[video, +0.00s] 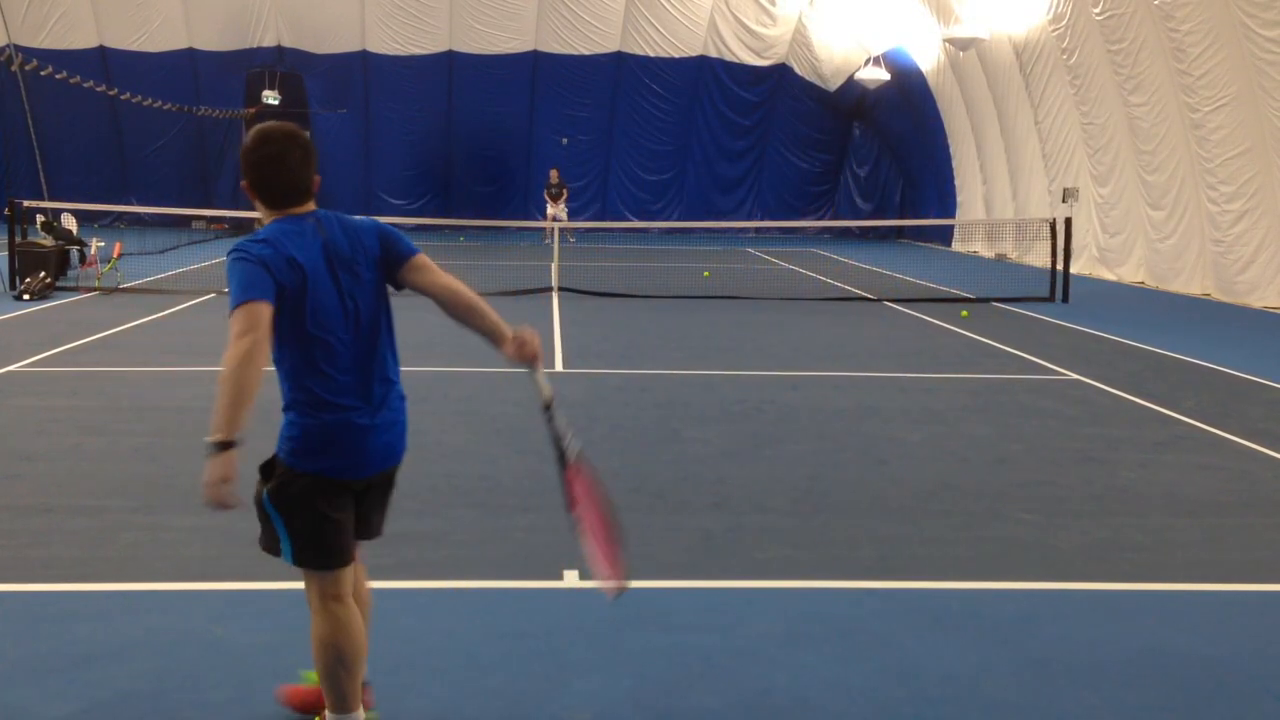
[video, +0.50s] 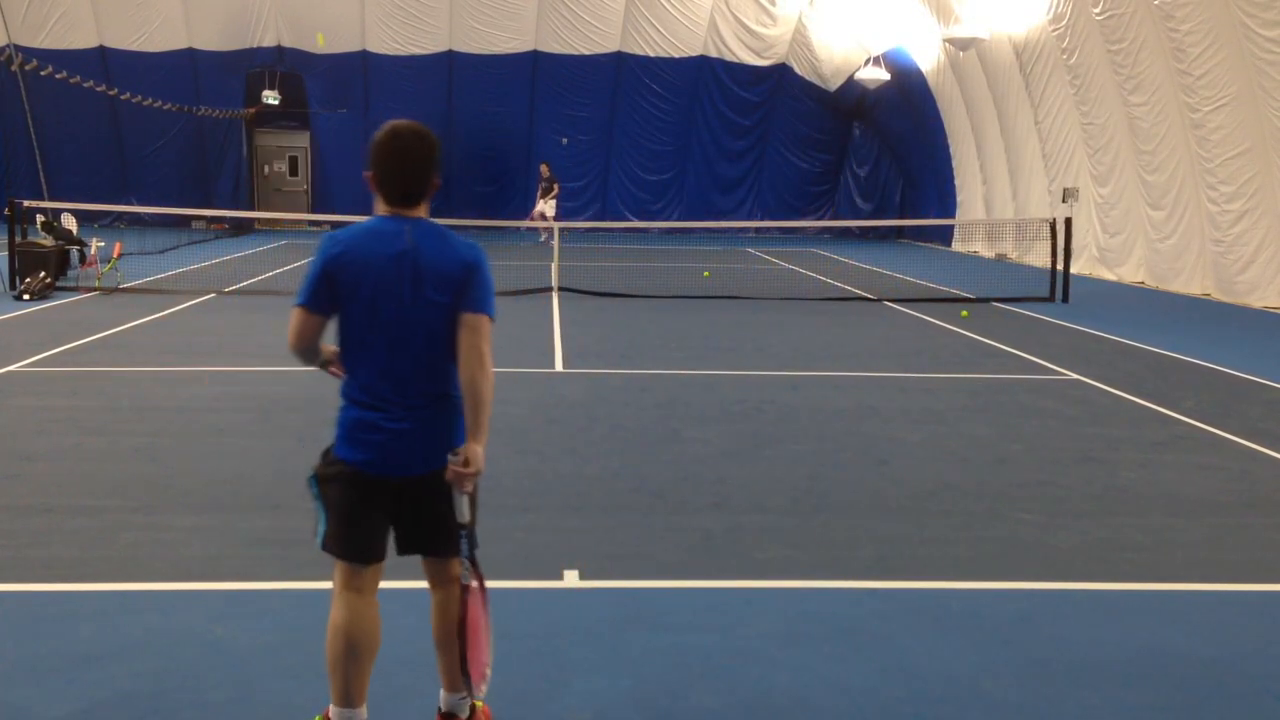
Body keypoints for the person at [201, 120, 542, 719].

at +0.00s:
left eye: (246, 179)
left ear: (249, 191)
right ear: (315, 181)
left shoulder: (256, 254)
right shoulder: (365, 232)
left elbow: (251, 338)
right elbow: (442, 286)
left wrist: (222, 443)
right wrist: (504, 334)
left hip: (317, 448)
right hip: (383, 441)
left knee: (330, 593)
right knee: (348, 565)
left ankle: (347, 713)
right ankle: (346, 683)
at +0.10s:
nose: (263, 181)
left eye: (263, 174)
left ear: (268, 185)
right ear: (335, 179)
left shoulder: (263, 254)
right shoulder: (382, 237)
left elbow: (235, 352)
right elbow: (446, 303)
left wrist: (192, 438)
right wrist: (497, 366)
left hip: (321, 450)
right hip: (392, 442)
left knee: (333, 590)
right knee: (372, 557)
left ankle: (342, 713)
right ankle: (398, 686)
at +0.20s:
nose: (284, 174)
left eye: (284, 167)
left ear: (288, 180)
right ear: (355, 177)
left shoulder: (272, 252)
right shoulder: (398, 239)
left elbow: (241, 355)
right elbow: (448, 324)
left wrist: (206, 420)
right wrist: (486, 396)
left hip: (324, 449)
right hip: (401, 442)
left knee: (336, 590)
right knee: (397, 557)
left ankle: (344, 713)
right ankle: (435, 693)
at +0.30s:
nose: (315, 174)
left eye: (313, 167)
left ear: (315, 177)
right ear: (380, 179)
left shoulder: (289, 249)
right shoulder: (416, 246)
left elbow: (254, 353)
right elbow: (449, 342)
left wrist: (245, 388)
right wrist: (473, 418)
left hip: (330, 453)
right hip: (410, 448)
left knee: (340, 591)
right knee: (428, 569)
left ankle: (345, 714)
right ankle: (454, 700)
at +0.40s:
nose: (343, 174)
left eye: (344, 166)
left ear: (340, 177)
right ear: (406, 180)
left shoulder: (310, 248)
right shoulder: (438, 253)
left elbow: (274, 345)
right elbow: (458, 353)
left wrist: (295, 366)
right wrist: (468, 431)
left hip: (343, 452)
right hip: (422, 450)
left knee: (347, 589)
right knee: (438, 576)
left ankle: (346, 714)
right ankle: (455, 702)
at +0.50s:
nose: (368, 176)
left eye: (370, 170)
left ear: (370, 181)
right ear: (434, 183)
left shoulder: (341, 248)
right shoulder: (464, 258)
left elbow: (301, 340)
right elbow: (475, 358)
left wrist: (325, 357)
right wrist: (476, 440)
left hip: (361, 453)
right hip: (433, 454)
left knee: (354, 586)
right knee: (448, 580)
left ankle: (347, 712)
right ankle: (456, 705)